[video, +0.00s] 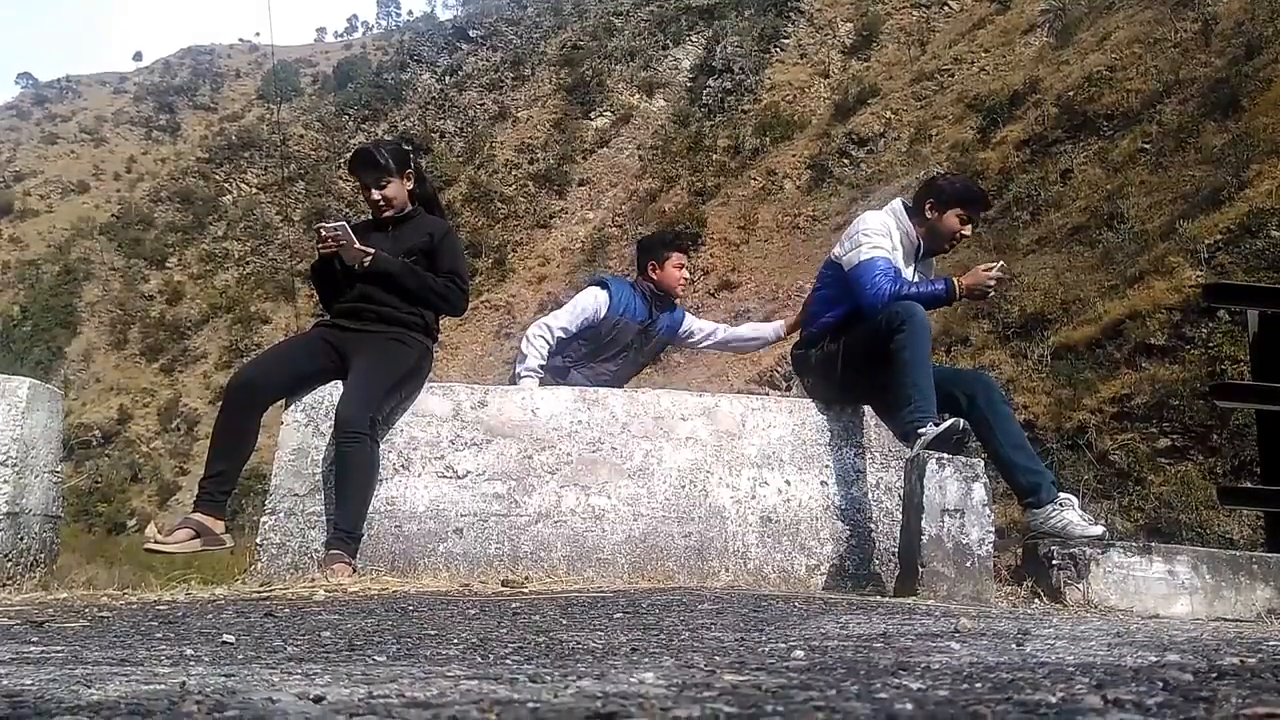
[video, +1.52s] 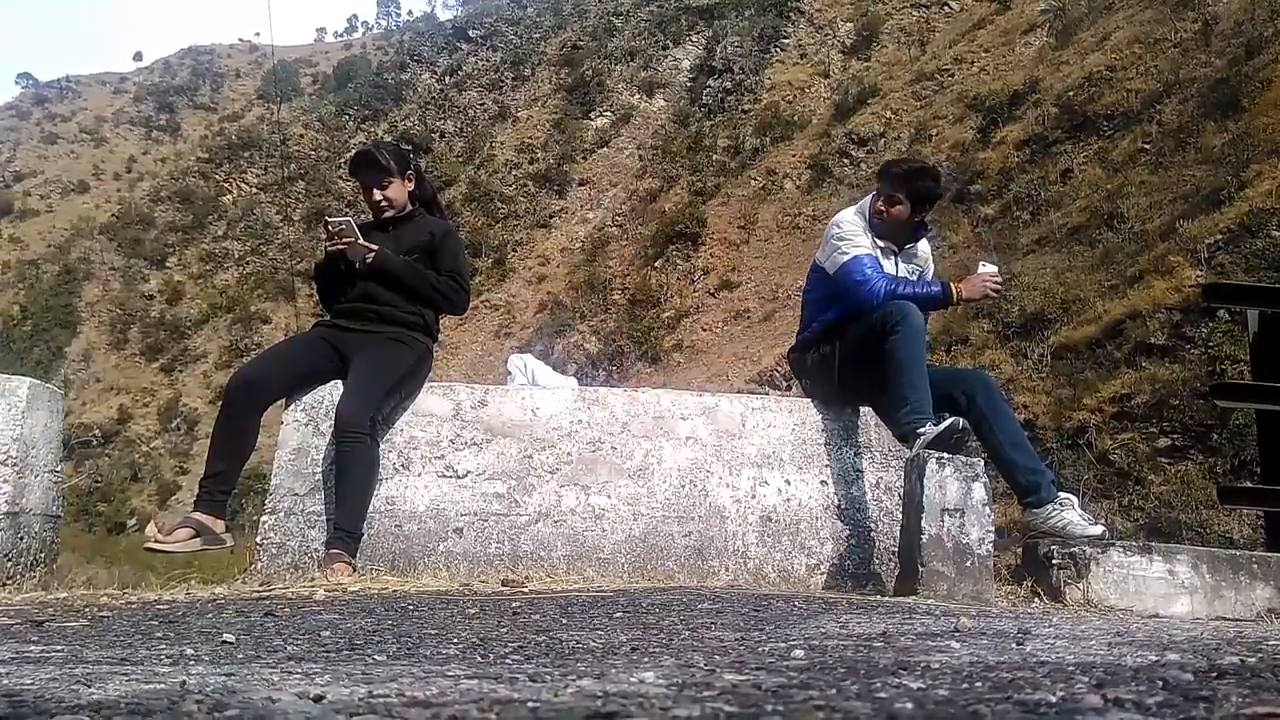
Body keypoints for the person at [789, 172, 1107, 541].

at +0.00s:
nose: (966, 232)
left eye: (970, 223)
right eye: (962, 219)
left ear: (933, 215)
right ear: (930, 210)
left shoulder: (921, 250)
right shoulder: (873, 228)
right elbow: (878, 294)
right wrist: (956, 286)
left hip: (876, 370)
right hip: (827, 364)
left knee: (977, 387)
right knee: (907, 316)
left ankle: (1044, 503)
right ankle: (919, 427)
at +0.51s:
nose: (951, 222)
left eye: (959, 214)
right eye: (944, 208)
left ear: (960, 220)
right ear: (914, 200)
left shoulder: (921, 255)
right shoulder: (865, 227)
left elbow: (909, 313)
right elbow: (873, 291)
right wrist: (951, 284)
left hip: (878, 372)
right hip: (827, 366)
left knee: (976, 387)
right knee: (903, 315)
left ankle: (1043, 504)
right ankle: (917, 427)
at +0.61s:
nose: (944, 218)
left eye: (952, 212)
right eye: (936, 204)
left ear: (954, 219)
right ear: (908, 198)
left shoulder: (920, 255)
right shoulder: (863, 227)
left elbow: (909, 312)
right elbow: (872, 291)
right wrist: (951, 286)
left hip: (877, 372)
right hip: (826, 367)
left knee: (976, 388)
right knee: (903, 314)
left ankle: (1043, 505)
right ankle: (916, 426)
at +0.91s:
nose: (915, 209)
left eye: (928, 205)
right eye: (908, 197)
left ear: (939, 217)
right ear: (892, 196)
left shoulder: (921, 257)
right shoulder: (857, 228)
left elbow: (912, 313)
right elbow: (874, 293)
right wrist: (951, 290)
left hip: (881, 373)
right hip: (826, 367)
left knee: (976, 387)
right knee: (904, 316)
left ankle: (1043, 504)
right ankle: (918, 428)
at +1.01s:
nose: (907, 209)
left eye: (921, 205)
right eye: (901, 198)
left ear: (936, 217)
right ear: (891, 197)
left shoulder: (921, 254)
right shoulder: (855, 229)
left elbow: (914, 308)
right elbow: (875, 292)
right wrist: (951, 290)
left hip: (880, 373)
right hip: (825, 368)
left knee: (977, 388)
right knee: (904, 317)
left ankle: (1043, 505)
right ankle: (918, 429)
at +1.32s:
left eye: (912, 212)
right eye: (919, 220)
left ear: (922, 218)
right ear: (891, 203)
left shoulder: (919, 252)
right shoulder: (851, 228)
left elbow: (914, 308)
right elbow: (875, 290)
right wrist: (956, 292)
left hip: (880, 373)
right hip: (825, 367)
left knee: (976, 387)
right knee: (903, 316)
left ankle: (1043, 504)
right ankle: (917, 429)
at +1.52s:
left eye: (917, 215)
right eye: (915, 216)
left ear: (912, 213)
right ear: (887, 204)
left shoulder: (918, 245)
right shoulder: (846, 228)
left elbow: (917, 309)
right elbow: (873, 290)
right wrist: (955, 290)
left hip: (882, 372)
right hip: (825, 366)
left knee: (976, 386)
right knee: (901, 314)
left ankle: (1043, 503)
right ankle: (917, 428)